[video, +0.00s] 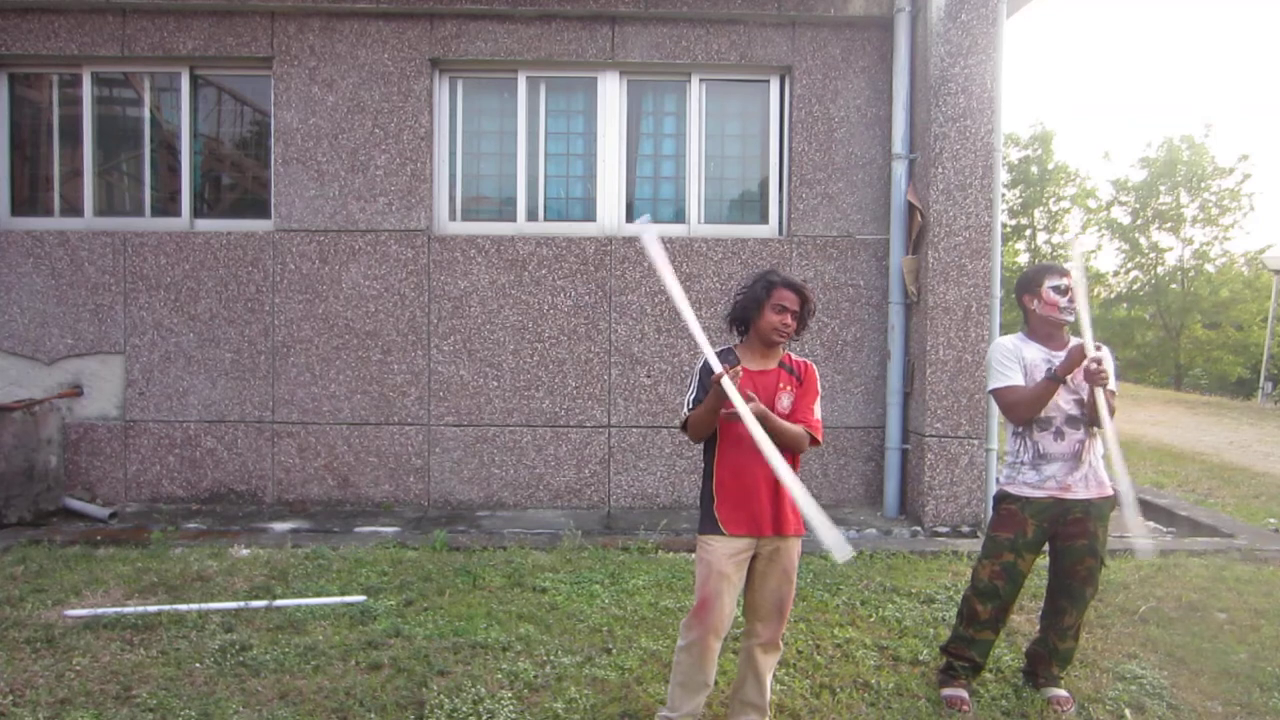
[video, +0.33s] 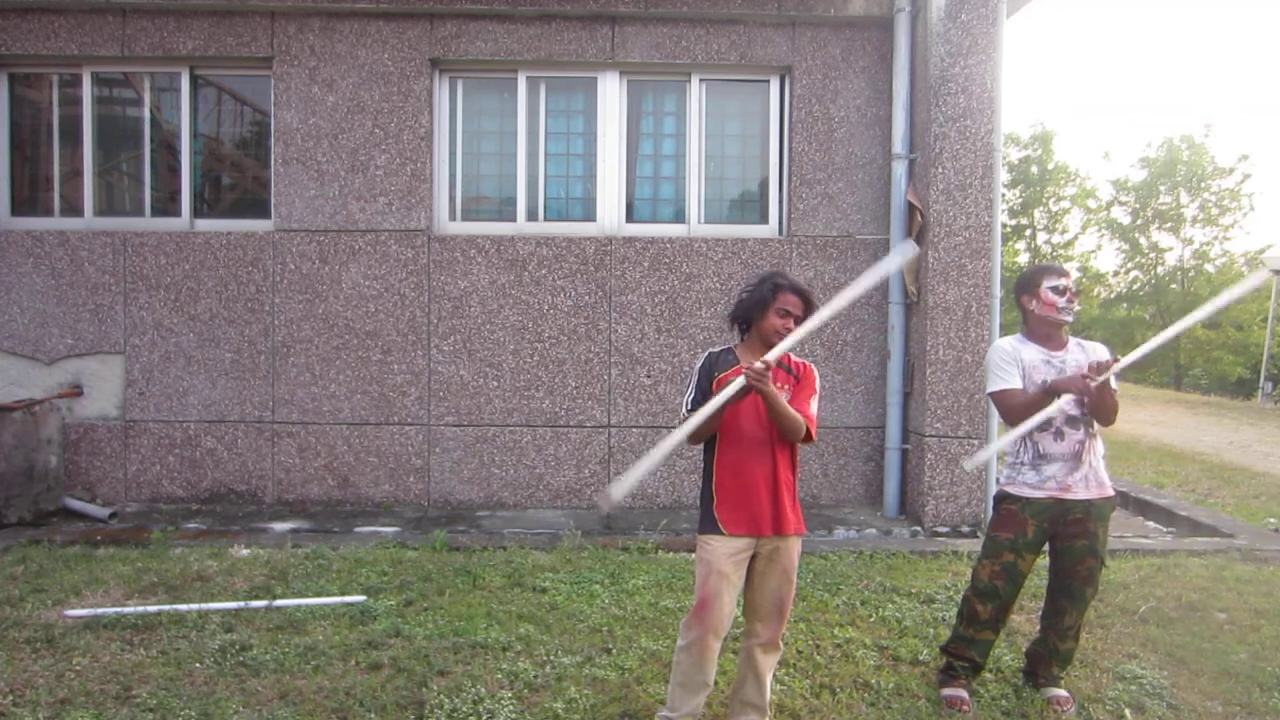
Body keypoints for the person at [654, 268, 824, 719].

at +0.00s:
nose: (788, 321)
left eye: (795, 315)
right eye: (779, 309)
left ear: (799, 323)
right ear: (751, 310)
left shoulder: (803, 371)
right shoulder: (717, 364)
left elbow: (802, 441)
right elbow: (694, 431)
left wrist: (763, 415)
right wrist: (718, 395)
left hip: (783, 519)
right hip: (725, 518)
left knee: (767, 634)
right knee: (708, 623)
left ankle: (750, 715)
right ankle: (678, 714)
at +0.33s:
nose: (789, 325)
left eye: (797, 319)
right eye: (782, 313)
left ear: (800, 324)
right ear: (754, 310)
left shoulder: (802, 371)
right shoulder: (716, 362)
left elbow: (799, 434)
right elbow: (694, 432)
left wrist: (769, 392)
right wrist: (727, 393)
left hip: (782, 520)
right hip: (725, 519)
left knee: (767, 635)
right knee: (708, 623)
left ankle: (749, 714)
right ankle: (678, 714)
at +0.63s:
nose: (791, 329)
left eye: (798, 323)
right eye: (783, 317)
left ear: (802, 328)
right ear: (755, 314)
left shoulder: (802, 373)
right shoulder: (717, 363)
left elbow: (803, 433)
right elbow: (685, 427)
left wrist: (771, 381)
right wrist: (719, 385)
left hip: (783, 520)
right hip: (725, 519)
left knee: (767, 635)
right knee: (707, 623)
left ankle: (750, 715)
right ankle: (678, 714)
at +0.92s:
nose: (790, 330)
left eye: (798, 324)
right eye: (784, 318)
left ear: (802, 331)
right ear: (755, 316)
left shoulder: (803, 372)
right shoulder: (719, 362)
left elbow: (807, 429)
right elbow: (687, 428)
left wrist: (769, 374)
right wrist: (718, 390)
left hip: (782, 521)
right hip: (725, 520)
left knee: (767, 635)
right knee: (707, 624)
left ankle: (750, 715)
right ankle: (678, 714)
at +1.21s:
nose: (791, 332)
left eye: (798, 326)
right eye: (784, 320)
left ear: (803, 330)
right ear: (756, 316)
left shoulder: (804, 373)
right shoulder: (719, 363)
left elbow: (801, 438)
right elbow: (691, 428)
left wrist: (758, 381)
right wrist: (721, 394)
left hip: (782, 519)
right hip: (725, 518)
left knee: (767, 634)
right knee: (708, 623)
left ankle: (750, 714)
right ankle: (678, 714)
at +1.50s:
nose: (792, 333)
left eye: (800, 326)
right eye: (785, 321)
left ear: (804, 330)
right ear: (759, 316)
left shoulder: (804, 373)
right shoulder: (719, 363)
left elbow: (805, 442)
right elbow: (695, 426)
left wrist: (758, 409)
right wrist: (719, 379)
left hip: (782, 520)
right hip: (725, 519)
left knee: (767, 635)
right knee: (707, 624)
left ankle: (749, 715)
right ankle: (678, 714)